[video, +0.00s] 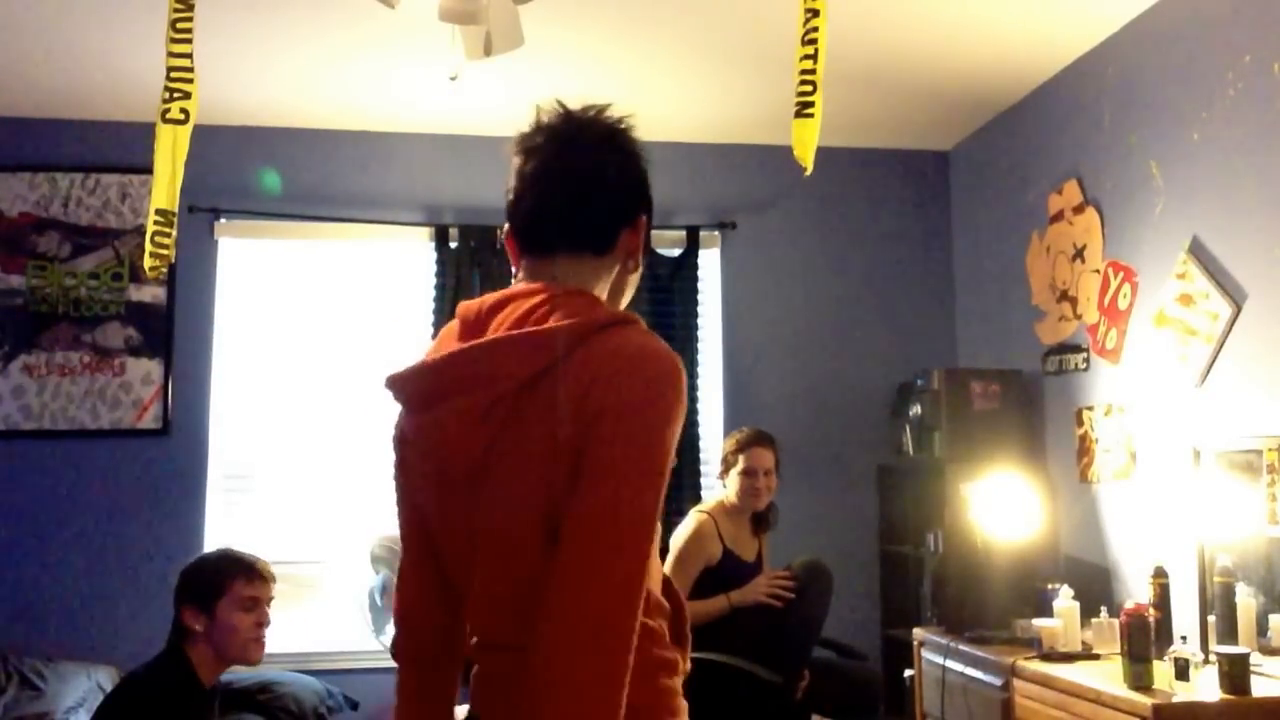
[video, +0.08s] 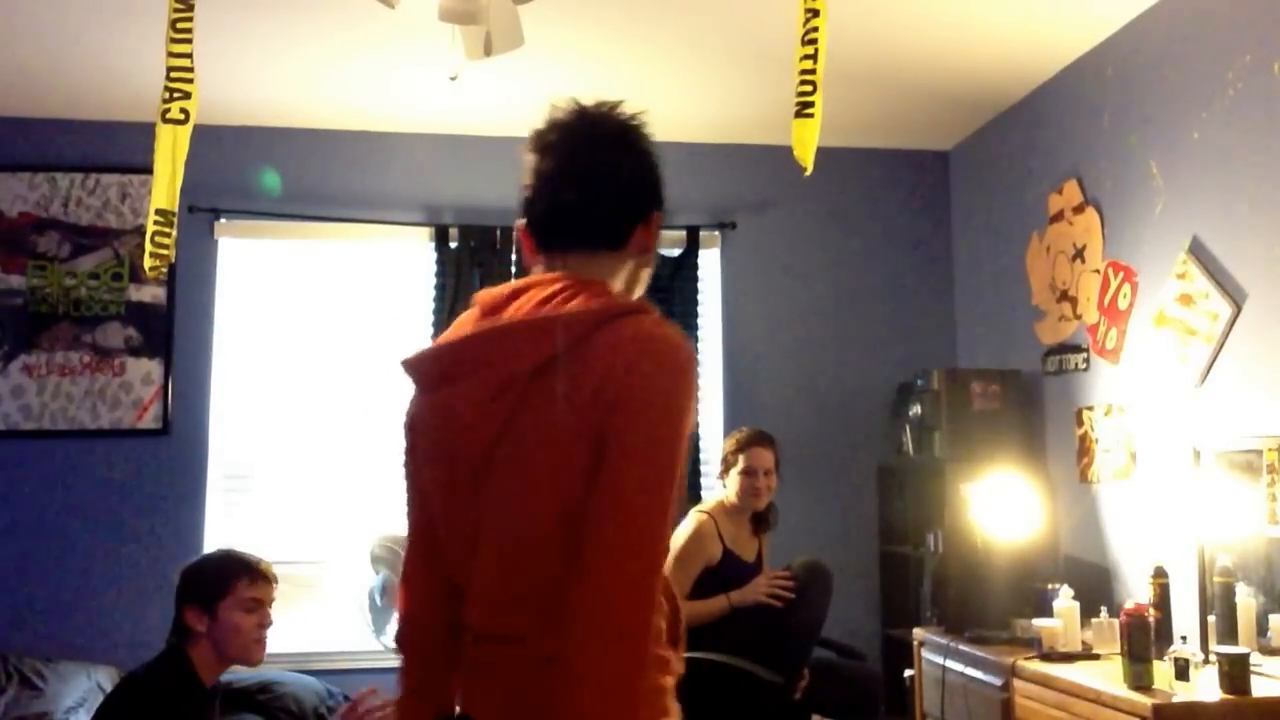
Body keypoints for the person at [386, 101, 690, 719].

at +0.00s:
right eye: (647, 247)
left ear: (510, 246)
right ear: (636, 240)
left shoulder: (442, 364)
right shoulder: (637, 364)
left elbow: (425, 613)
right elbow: (599, 594)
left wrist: (423, 712)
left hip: (499, 689)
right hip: (623, 694)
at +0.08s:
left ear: (524, 243)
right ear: (648, 235)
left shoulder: (452, 356)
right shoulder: (650, 352)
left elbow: (426, 583)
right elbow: (626, 575)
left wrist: (423, 707)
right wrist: (627, 703)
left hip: (479, 691)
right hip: (599, 696)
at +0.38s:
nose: (665, 280)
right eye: (671, 262)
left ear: (540, 247)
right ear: (664, 253)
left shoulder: (452, 364)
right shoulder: (654, 353)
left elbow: (427, 590)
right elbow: (655, 593)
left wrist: (443, 696)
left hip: (471, 697)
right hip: (599, 699)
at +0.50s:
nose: (666, 280)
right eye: (673, 262)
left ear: (538, 252)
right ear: (660, 257)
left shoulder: (453, 366)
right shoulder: (648, 370)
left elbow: (433, 605)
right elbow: (624, 606)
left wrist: (421, 712)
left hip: (491, 696)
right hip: (605, 700)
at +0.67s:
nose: (696, 285)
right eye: (701, 265)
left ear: (575, 248)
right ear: (694, 253)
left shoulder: (479, 350)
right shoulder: (669, 349)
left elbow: (461, 554)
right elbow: (695, 600)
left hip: (455, 690)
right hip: (586, 697)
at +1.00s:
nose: (674, 288)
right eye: (683, 272)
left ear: (553, 257)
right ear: (675, 266)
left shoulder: (467, 370)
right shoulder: (650, 368)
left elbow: (436, 611)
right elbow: (616, 597)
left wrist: (421, 712)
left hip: (488, 699)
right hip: (598, 702)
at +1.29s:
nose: (681, 295)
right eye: (685, 283)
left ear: (560, 243)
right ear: (677, 273)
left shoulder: (475, 340)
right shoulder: (658, 342)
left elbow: (454, 539)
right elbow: (704, 592)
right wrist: (771, 708)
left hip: (451, 686)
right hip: (582, 697)